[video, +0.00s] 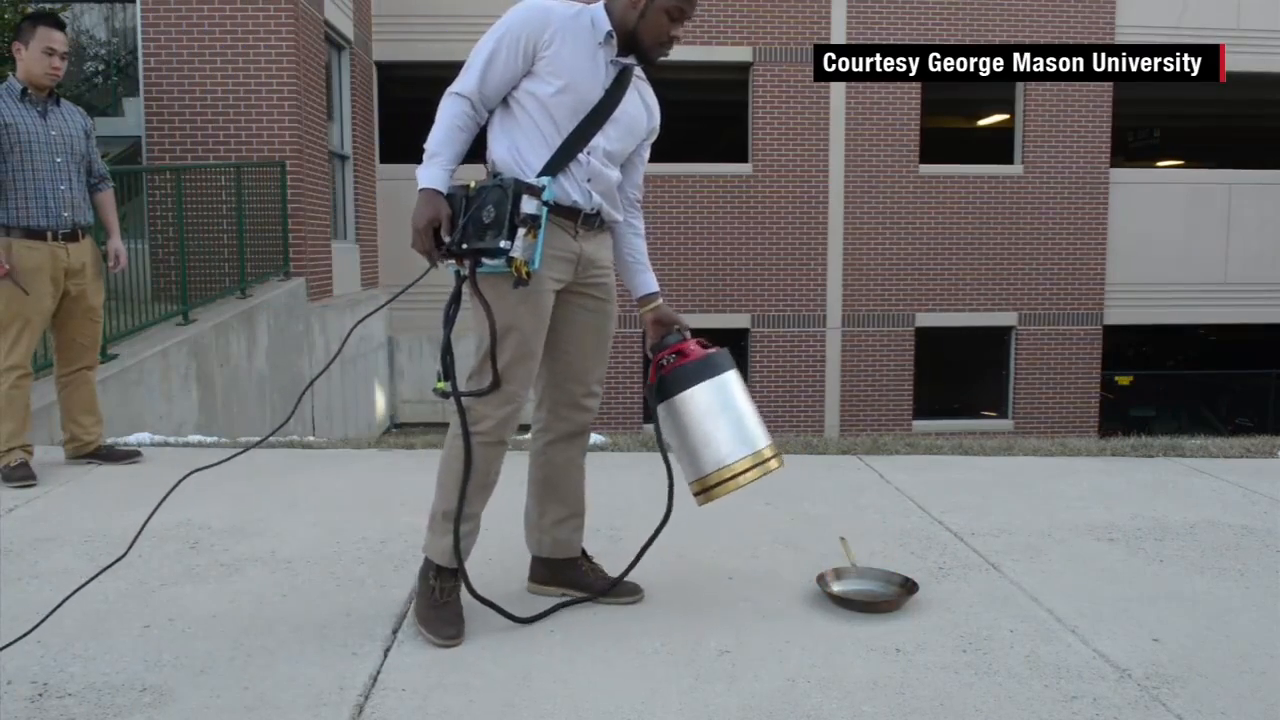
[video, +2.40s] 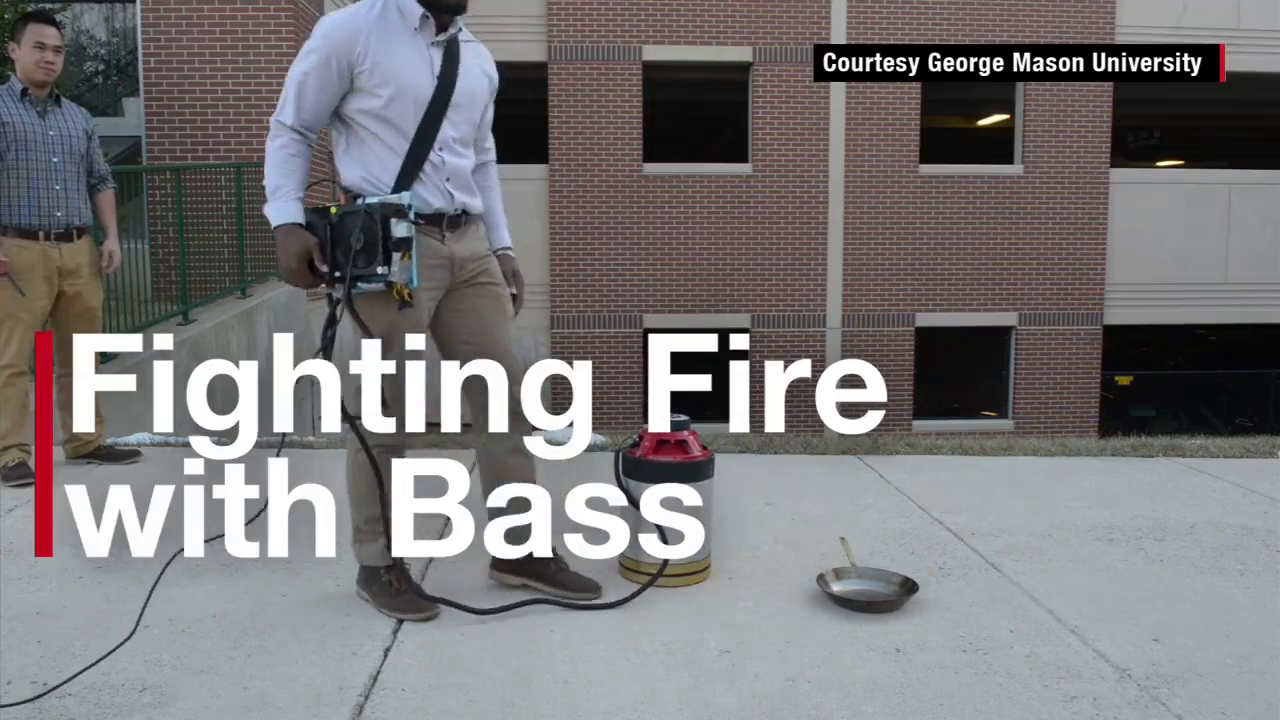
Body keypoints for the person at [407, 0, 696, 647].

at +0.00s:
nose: (680, 34)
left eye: (686, 22)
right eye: (676, 17)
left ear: (653, 14)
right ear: (638, 2)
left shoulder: (644, 105)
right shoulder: (546, 22)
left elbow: (627, 208)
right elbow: (465, 98)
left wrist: (649, 296)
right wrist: (432, 188)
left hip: (595, 251)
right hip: (517, 237)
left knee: (571, 409)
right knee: (492, 407)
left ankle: (556, 557)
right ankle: (443, 568)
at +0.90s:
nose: (713, 102)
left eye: (722, 93)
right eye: (709, 82)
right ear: (673, 56)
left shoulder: (653, 167)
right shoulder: (590, 50)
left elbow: (634, 269)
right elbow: (490, 89)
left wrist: (651, 364)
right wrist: (417, 159)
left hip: (558, 257)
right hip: (484, 231)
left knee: (558, 411)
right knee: (463, 409)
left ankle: (555, 557)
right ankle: (418, 563)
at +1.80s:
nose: (668, 42)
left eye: (678, 33)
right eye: (659, 25)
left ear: (680, 37)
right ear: (623, 14)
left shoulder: (641, 134)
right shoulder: (546, 38)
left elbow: (631, 234)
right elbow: (455, 95)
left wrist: (644, 327)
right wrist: (401, 175)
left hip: (554, 255)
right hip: (479, 237)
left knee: (554, 409)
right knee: (455, 409)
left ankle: (557, 556)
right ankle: (401, 556)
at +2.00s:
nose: (611, 9)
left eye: (615, 3)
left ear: (613, 17)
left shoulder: (605, 103)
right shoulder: (490, 32)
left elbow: (601, 203)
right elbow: (410, 108)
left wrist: (608, 287)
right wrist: (374, 195)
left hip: (542, 252)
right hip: (464, 243)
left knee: (548, 408)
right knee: (442, 409)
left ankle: (555, 554)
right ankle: (386, 555)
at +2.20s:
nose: (527, 0)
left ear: (534, 6)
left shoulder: (542, 83)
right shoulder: (412, 36)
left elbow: (546, 185)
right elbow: (346, 124)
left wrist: (560, 266)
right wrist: (329, 212)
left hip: (514, 251)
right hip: (427, 248)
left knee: (532, 410)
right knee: (411, 414)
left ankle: (555, 553)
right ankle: (383, 562)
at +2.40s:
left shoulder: (478, 60)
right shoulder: (351, 30)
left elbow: (483, 160)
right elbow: (291, 127)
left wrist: (501, 247)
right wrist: (286, 222)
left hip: (468, 245)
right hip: (387, 248)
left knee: (500, 399)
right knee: (386, 413)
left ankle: (521, 547)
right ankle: (380, 563)